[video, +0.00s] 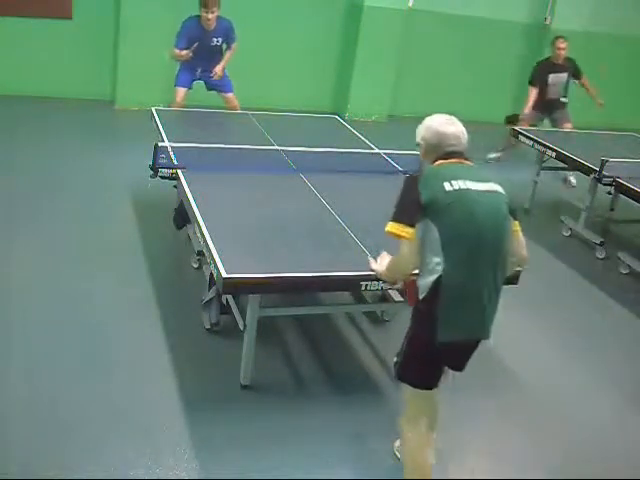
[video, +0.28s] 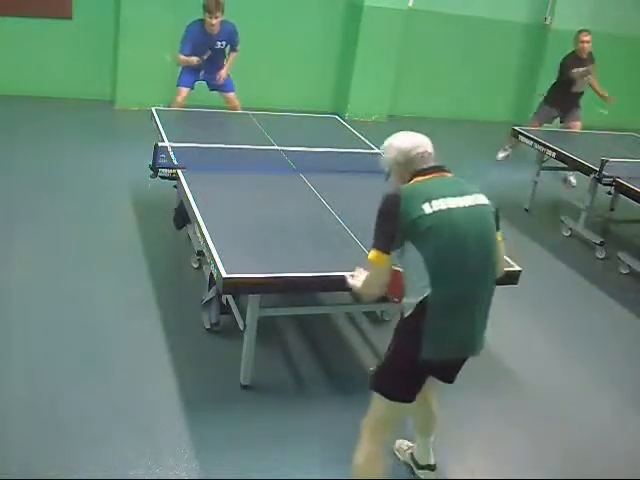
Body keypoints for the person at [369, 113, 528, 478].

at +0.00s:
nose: (417, 152)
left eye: (419, 147)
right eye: (417, 147)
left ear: (426, 150)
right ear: (463, 148)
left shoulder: (421, 183)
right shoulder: (493, 185)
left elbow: (405, 266)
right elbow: (518, 255)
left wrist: (386, 270)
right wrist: (483, 270)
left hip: (437, 313)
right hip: (479, 313)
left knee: (416, 419)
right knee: (427, 381)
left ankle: (418, 470)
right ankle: (416, 443)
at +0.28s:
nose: (390, 181)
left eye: (390, 172)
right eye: (389, 173)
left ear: (401, 169)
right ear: (431, 160)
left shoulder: (400, 199)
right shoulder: (474, 193)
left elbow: (373, 288)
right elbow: (498, 267)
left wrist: (359, 282)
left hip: (424, 329)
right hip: (469, 329)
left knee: (377, 428)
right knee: (421, 383)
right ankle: (424, 456)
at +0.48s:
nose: (381, 183)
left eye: (380, 174)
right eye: (379, 175)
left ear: (392, 169)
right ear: (425, 160)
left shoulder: (392, 204)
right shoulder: (468, 196)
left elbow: (358, 283)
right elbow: (476, 265)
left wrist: (346, 241)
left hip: (412, 342)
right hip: (460, 338)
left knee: (363, 445)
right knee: (429, 395)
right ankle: (424, 457)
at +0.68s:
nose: (382, 183)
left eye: (382, 174)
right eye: (380, 174)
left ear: (395, 174)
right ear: (428, 161)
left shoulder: (407, 209)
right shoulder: (468, 196)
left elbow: (376, 299)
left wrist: (312, 326)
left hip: (419, 345)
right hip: (461, 339)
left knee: (374, 435)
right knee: (430, 398)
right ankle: (442, 469)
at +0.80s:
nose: (388, 185)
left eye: (388, 177)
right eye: (386, 178)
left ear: (403, 174)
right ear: (429, 164)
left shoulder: (420, 213)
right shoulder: (467, 197)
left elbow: (427, 306)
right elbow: (470, 275)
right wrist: (403, 297)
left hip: (437, 349)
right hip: (468, 343)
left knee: (391, 411)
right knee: (438, 399)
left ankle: (371, 472)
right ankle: (454, 470)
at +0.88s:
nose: (391, 187)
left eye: (391, 179)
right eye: (389, 180)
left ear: (404, 178)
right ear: (434, 168)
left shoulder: (428, 212)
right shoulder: (468, 200)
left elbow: (461, 303)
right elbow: (452, 268)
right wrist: (395, 284)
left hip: (441, 348)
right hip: (474, 341)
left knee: (385, 444)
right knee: (449, 415)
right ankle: (455, 471)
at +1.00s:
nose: (407, 180)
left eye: (408, 172)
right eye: (406, 172)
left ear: (423, 173)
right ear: (451, 164)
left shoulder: (444, 212)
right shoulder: (479, 195)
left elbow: (492, 291)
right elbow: (442, 235)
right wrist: (384, 234)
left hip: (459, 349)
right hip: (487, 342)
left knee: (407, 439)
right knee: (453, 405)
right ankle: (456, 472)